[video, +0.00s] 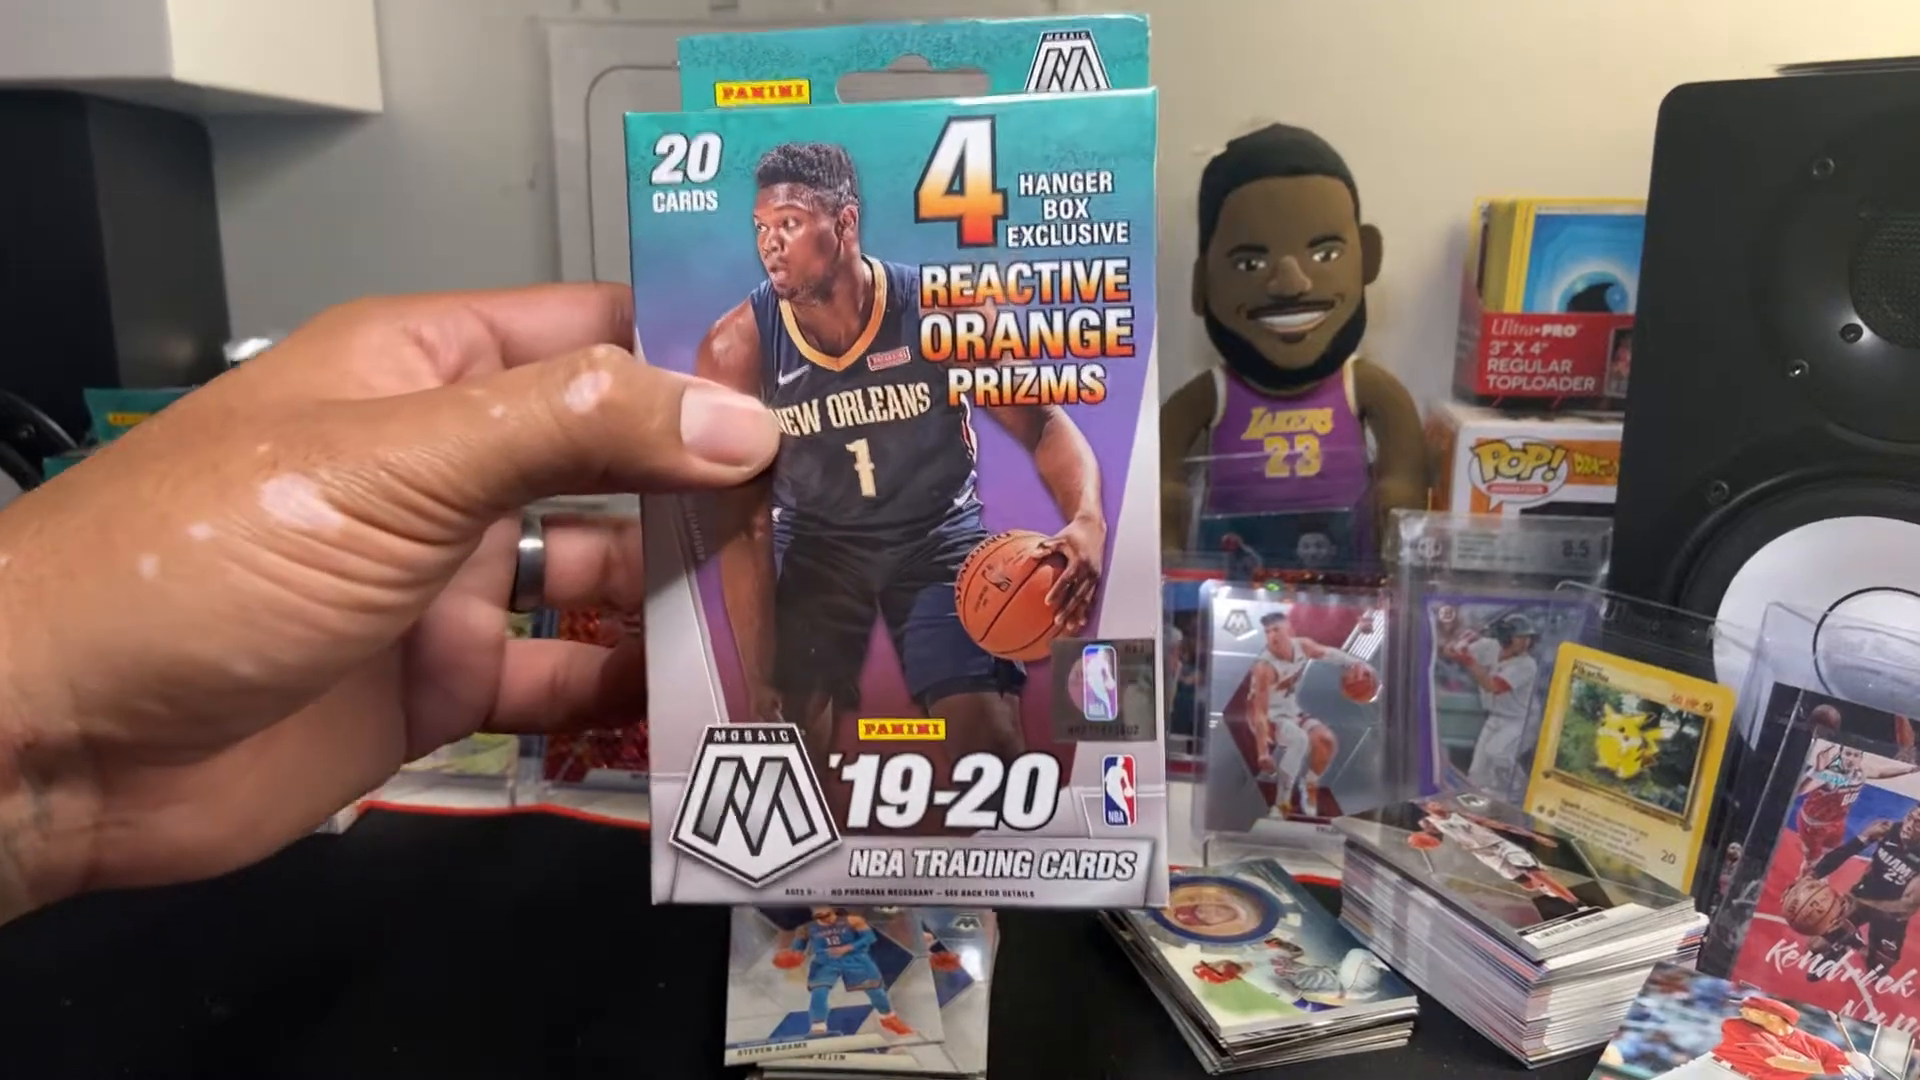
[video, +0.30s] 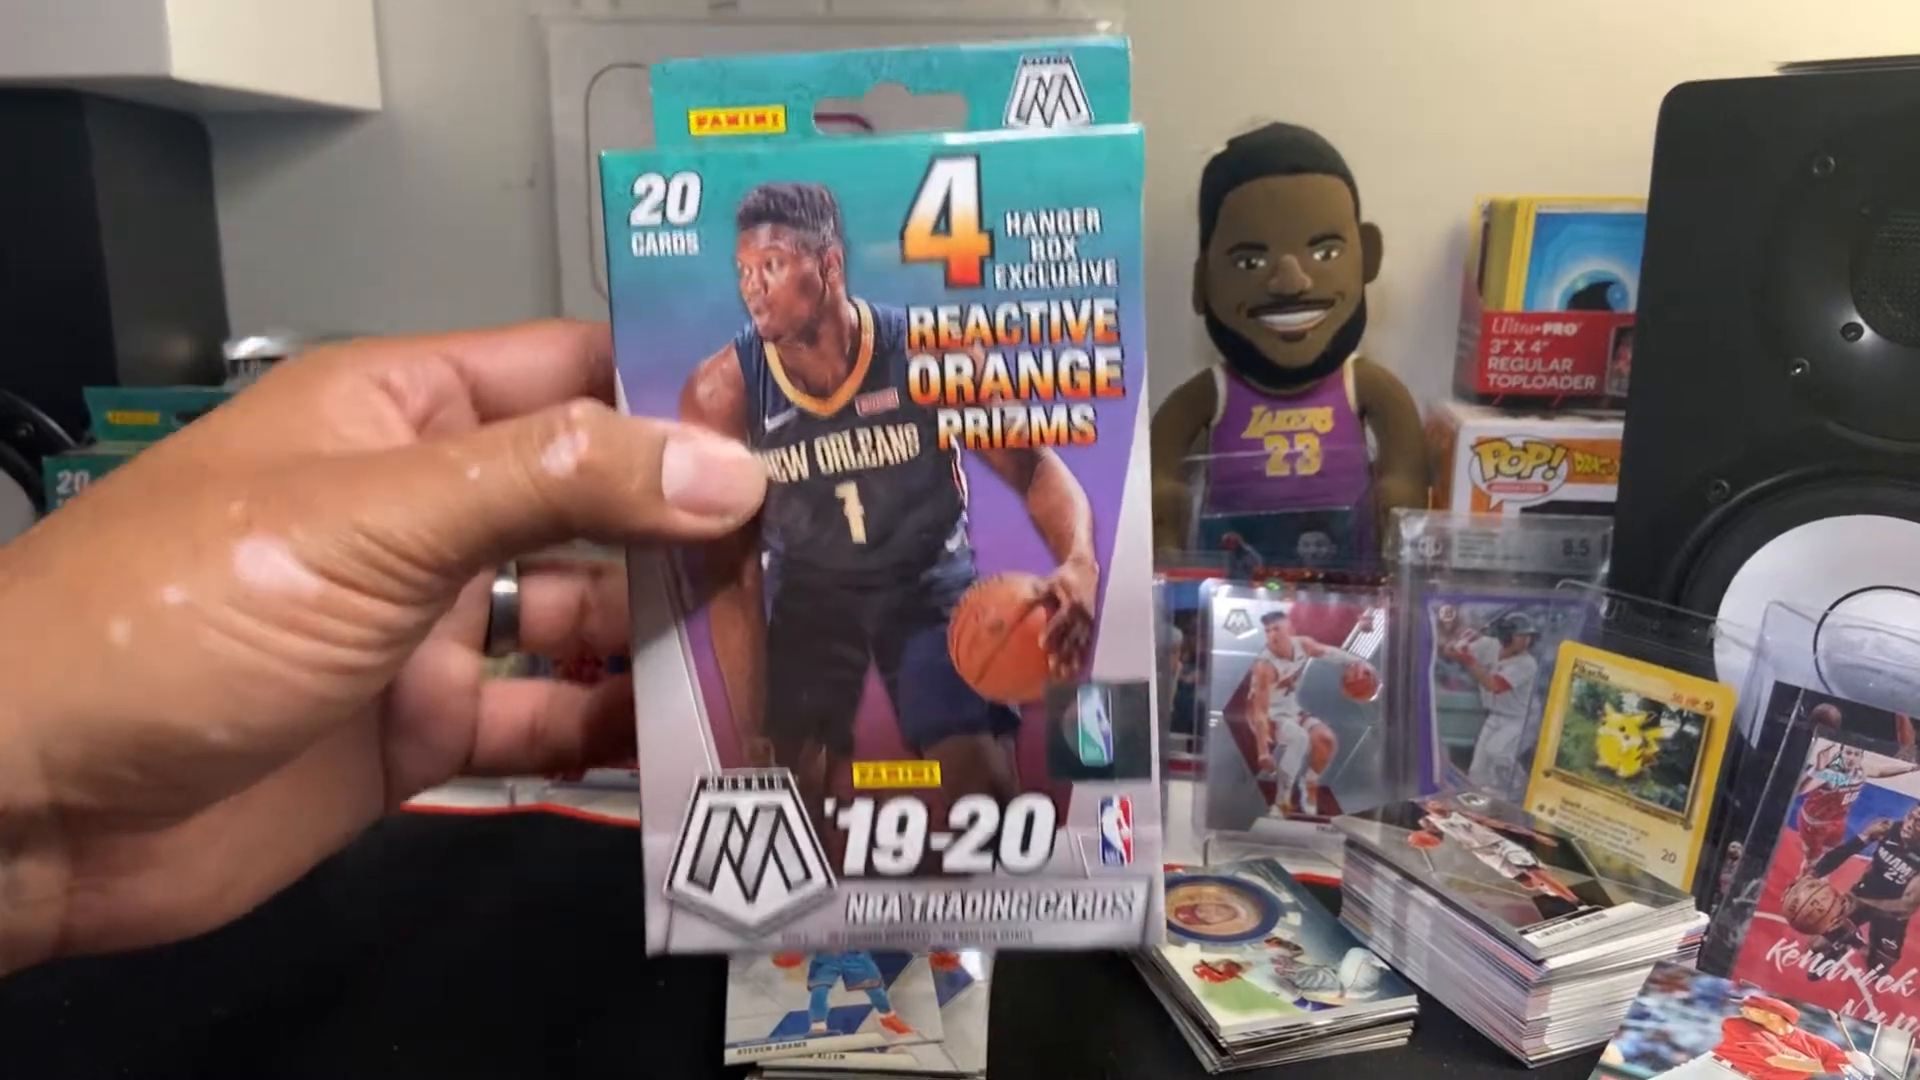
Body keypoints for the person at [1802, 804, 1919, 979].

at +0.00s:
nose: (1910, 826)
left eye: (1918, 824)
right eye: (1910, 818)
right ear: (1905, 816)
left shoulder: (1918, 861)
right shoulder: (1884, 829)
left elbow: (1907, 907)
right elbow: (1844, 852)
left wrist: (1859, 904)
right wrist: (1815, 874)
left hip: (1892, 913)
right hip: (1862, 898)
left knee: (1878, 968)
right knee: (1815, 946)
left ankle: (1852, 941)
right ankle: (1839, 948)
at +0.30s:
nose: (1910, 825)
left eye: (1917, 823)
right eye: (1910, 817)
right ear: (1906, 815)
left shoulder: (1917, 859)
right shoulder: (1885, 829)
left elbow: (1908, 906)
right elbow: (1844, 851)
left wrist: (1860, 904)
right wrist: (1814, 874)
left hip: (1892, 913)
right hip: (1862, 897)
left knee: (1878, 969)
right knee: (1816, 946)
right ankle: (1841, 946)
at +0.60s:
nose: (1910, 823)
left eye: (1918, 822)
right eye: (1911, 816)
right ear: (1906, 814)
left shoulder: (1918, 858)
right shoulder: (1885, 828)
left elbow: (1908, 904)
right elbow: (1844, 851)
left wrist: (1860, 903)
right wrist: (1812, 875)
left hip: (1894, 913)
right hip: (1862, 898)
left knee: (1878, 970)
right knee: (1817, 945)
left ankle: (1856, 941)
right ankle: (1841, 947)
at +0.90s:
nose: (1912, 824)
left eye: (1919, 822)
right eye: (1912, 817)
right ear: (1907, 814)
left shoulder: (1918, 857)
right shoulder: (1887, 828)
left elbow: (1909, 904)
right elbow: (1846, 851)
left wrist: (1861, 903)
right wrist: (1814, 874)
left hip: (1894, 914)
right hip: (1862, 898)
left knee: (1877, 973)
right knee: (1817, 950)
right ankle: (1845, 944)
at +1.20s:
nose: (1912, 824)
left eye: (1918, 822)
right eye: (1912, 817)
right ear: (1907, 815)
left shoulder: (1917, 857)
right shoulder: (1887, 829)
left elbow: (1910, 904)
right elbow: (1847, 850)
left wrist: (1862, 903)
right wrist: (1815, 873)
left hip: (1895, 912)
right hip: (1863, 897)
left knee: (1879, 971)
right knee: (1818, 947)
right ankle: (1845, 944)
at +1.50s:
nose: (1912, 824)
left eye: (1918, 822)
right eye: (1912, 817)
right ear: (1907, 814)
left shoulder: (1918, 857)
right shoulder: (1888, 829)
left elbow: (1909, 904)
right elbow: (1847, 850)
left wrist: (1861, 902)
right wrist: (1815, 873)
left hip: (1895, 911)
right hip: (1864, 896)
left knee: (1879, 969)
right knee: (1819, 945)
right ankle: (1846, 942)